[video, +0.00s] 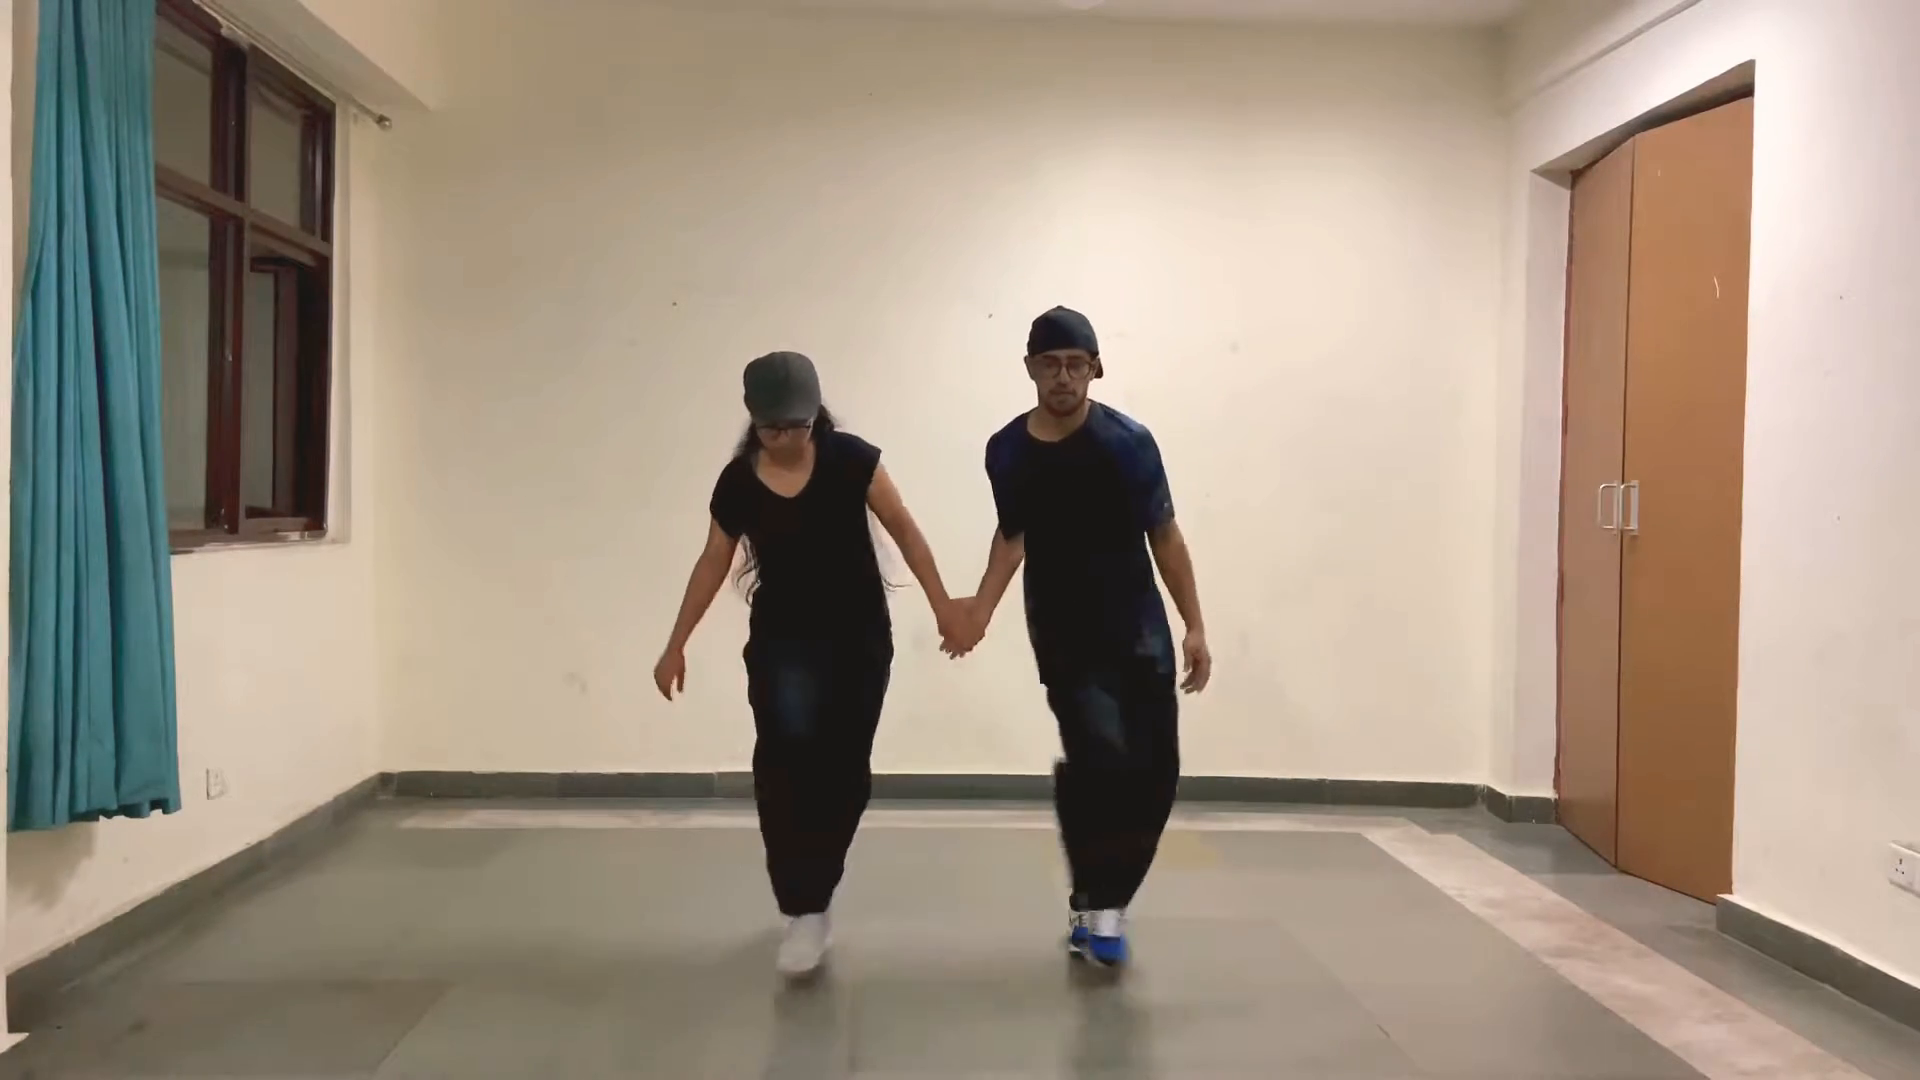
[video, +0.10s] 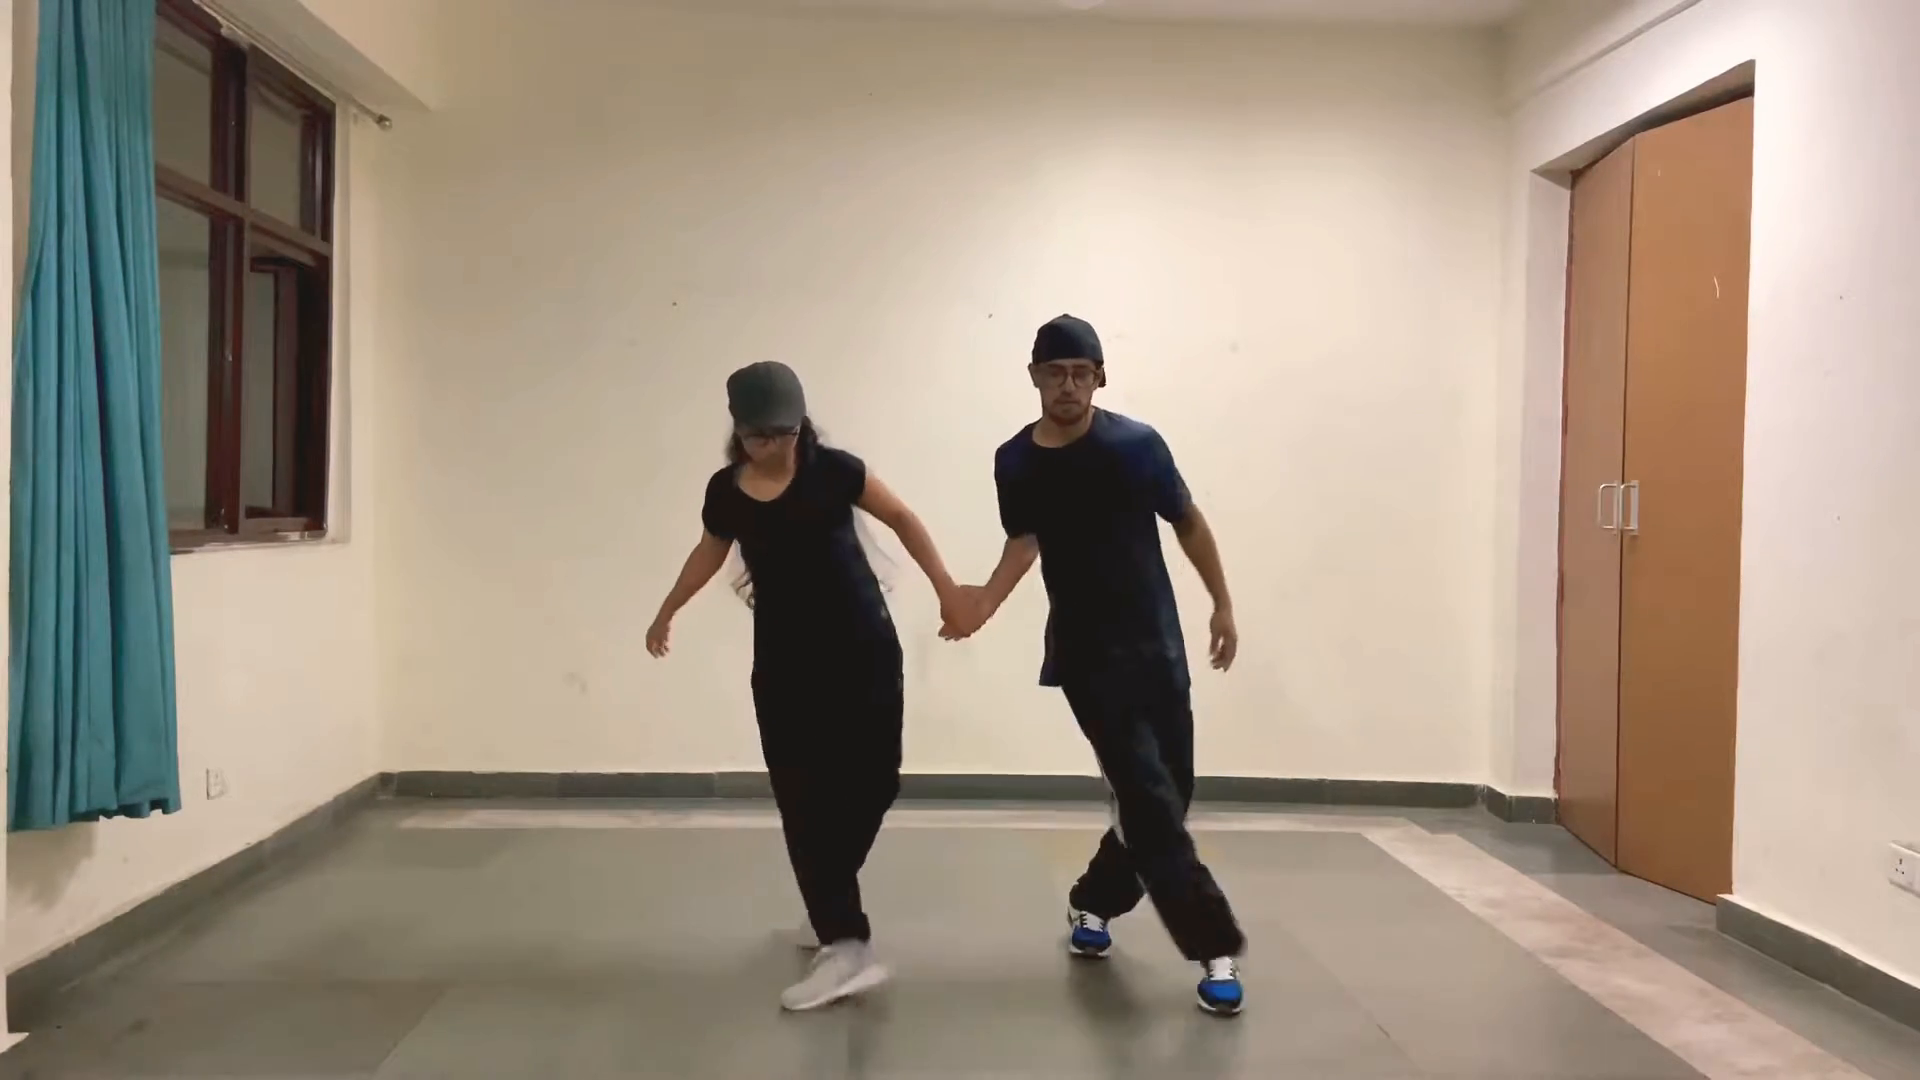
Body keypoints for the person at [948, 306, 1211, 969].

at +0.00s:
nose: (1062, 378)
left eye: (1075, 366)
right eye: (1049, 365)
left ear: (1094, 369)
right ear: (1030, 370)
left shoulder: (1130, 442)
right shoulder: (1008, 450)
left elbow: (1165, 537)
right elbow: (1012, 535)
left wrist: (1195, 628)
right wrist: (979, 610)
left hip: (1138, 626)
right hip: (1063, 632)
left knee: (1154, 769)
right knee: (1100, 760)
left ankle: (1111, 907)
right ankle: (1089, 903)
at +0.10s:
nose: (1067, 388)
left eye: (1080, 376)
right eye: (1054, 375)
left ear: (1099, 380)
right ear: (1033, 378)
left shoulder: (1138, 445)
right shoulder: (1016, 461)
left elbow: (1189, 522)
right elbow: (1025, 540)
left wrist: (1223, 607)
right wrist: (982, 603)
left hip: (1157, 643)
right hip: (1085, 651)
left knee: (1169, 793)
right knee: (1146, 793)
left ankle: (1094, 902)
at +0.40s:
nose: (1090, 381)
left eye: (1103, 369)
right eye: (1076, 367)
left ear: (1116, 373)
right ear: (1052, 368)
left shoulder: (1138, 444)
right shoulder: (1012, 450)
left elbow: (1203, 503)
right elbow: (984, 540)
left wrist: (1251, 540)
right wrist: (931, 600)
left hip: (1131, 626)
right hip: (1061, 631)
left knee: (1144, 776)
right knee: (1124, 770)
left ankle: (1077, 903)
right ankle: (1160, 932)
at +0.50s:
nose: (1099, 377)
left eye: (1111, 366)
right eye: (1085, 364)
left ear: (1123, 372)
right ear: (1059, 364)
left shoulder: (1128, 444)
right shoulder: (1011, 441)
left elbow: (1186, 500)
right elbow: (961, 523)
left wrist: (1211, 520)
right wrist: (909, 591)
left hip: (1110, 625)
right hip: (1043, 624)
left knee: (1126, 765)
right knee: (1107, 744)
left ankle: (1081, 904)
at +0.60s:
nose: (1101, 373)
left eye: (1112, 362)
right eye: (1087, 360)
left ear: (1123, 368)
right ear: (1059, 360)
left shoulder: (1120, 442)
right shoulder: (1007, 430)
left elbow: (1172, 510)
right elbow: (942, 509)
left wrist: (1184, 531)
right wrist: (894, 594)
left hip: (1087, 624)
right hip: (1021, 623)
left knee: (1098, 761)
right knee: (1052, 759)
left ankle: (1071, 908)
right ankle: (964, 874)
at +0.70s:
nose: (1083, 375)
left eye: (1097, 365)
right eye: (1071, 361)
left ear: (1110, 373)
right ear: (1048, 361)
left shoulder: (1107, 450)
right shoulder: (998, 429)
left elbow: (1128, 525)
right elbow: (939, 516)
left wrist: (1153, 585)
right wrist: (899, 605)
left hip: (1066, 625)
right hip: (994, 624)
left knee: (1077, 763)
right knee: (992, 762)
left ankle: (1071, 905)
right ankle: (956, 893)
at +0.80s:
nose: (1063, 378)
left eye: (1077, 368)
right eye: (1051, 365)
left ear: (1091, 375)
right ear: (1029, 365)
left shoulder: (1092, 459)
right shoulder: (974, 435)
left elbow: (1088, 557)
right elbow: (939, 531)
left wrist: (1118, 636)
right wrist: (910, 618)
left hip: (1043, 633)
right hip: (965, 629)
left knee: (1061, 763)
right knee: (959, 767)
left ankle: (1071, 901)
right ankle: (952, 893)